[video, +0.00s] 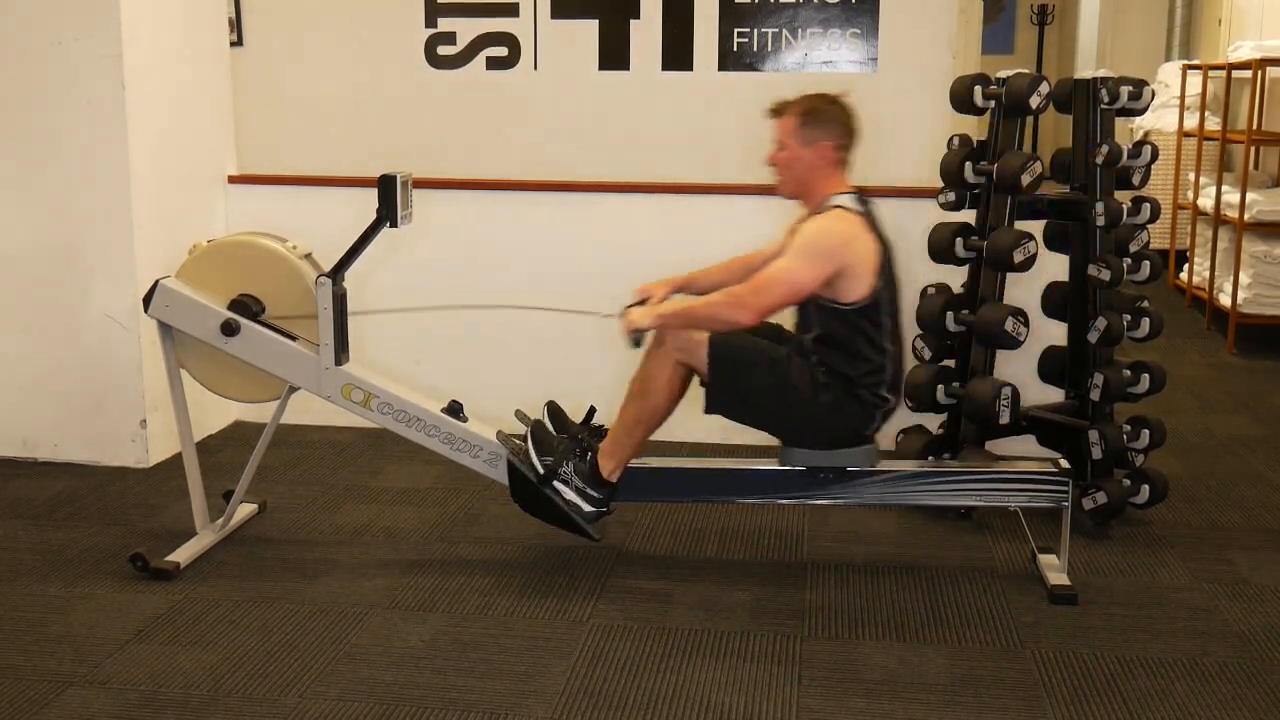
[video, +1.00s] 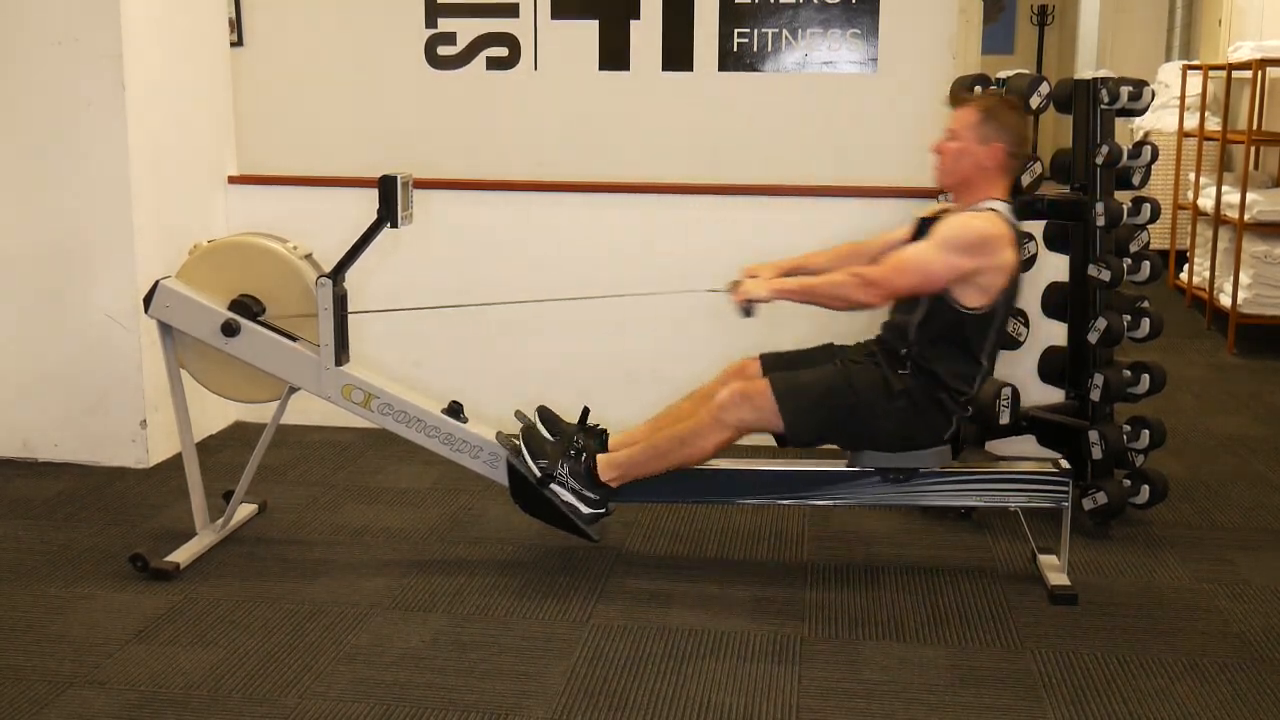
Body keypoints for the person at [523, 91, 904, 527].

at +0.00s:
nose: (772, 157)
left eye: (784, 146)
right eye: (776, 145)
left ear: (824, 151)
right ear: (818, 153)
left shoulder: (834, 229)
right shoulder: (823, 219)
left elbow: (742, 311)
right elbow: (751, 269)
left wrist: (659, 315)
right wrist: (674, 285)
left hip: (841, 407)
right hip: (832, 385)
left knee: (675, 335)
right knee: (677, 323)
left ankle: (600, 475)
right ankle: (608, 452)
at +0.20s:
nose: (627, 186)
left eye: (635, 173)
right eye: (629, 173)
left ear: (671, 176)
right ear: (675, 176)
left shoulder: (699, 242)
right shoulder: (706, 227)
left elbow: (624, 332)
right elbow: (634, 303)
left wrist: (554, 377)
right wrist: (572, 350)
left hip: (764, 416)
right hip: (766, 404)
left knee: (622, 318)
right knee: (623, 304)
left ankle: (595, 472)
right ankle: (598, 457)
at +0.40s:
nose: (565, 196)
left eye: (572, 184)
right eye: (567, 185)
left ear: (610, 189)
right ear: (615, 188)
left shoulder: (629, 245)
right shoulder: (656, 226)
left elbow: (537, 327)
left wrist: (471, 370)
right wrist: (484, 361)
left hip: (718, 413)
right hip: (733, 404)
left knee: (584, 314)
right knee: (598, 304)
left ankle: (593, 461)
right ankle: (605, 443)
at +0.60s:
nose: (623, 174)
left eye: (634, 161)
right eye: (629, 161)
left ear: (670, 171)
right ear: (673, 172)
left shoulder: (681, 233)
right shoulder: (689, 222)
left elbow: (572, 284)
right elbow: (591, 251)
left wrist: (481, 300)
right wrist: (512, 272)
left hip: (756, 407)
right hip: (758, 397)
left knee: (615, 311)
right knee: (626, 296)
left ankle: (593, 465)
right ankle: (603, 445)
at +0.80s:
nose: (772, 146)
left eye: (787, 136)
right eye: (779, 135)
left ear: (824, 151)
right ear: (818, 152)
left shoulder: (824, 224)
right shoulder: (807, 215)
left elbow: (715, 285)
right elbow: (713, 257)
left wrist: (626, 306)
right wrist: (633, 282)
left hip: (852, 398)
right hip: (832, 371)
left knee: (687, 345)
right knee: (687, 326)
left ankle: (596, 473)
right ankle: (603, 453)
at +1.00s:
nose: (939, 147)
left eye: (954, 139)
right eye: (945, 135)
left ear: (994, 156)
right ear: (985, 153)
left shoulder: (980, 233)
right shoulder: (952, 217)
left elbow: (871, 290)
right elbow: (861, 257)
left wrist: (778, 288)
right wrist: (776, 269)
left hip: (913, 396)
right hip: (890, 372)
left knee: (741, 399)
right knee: (736, 378)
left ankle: (595, 484)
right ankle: (601, 454)